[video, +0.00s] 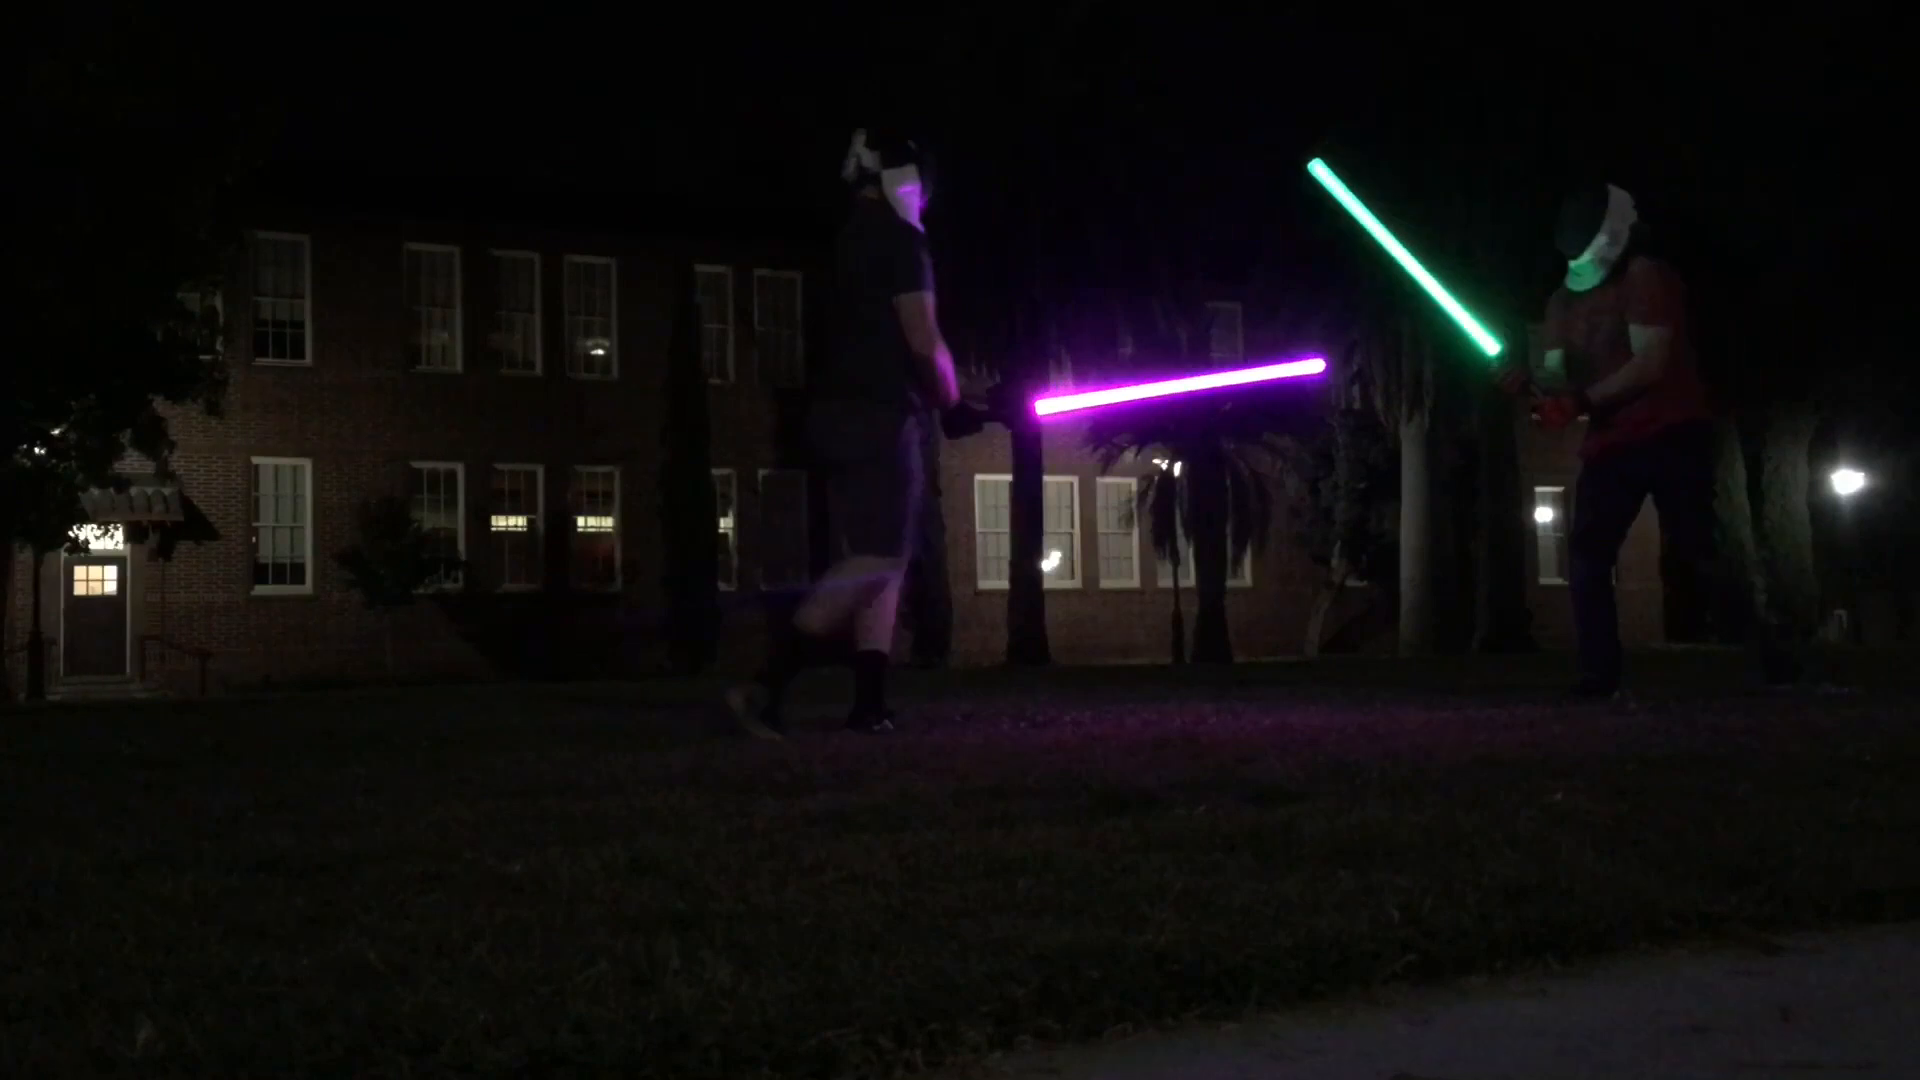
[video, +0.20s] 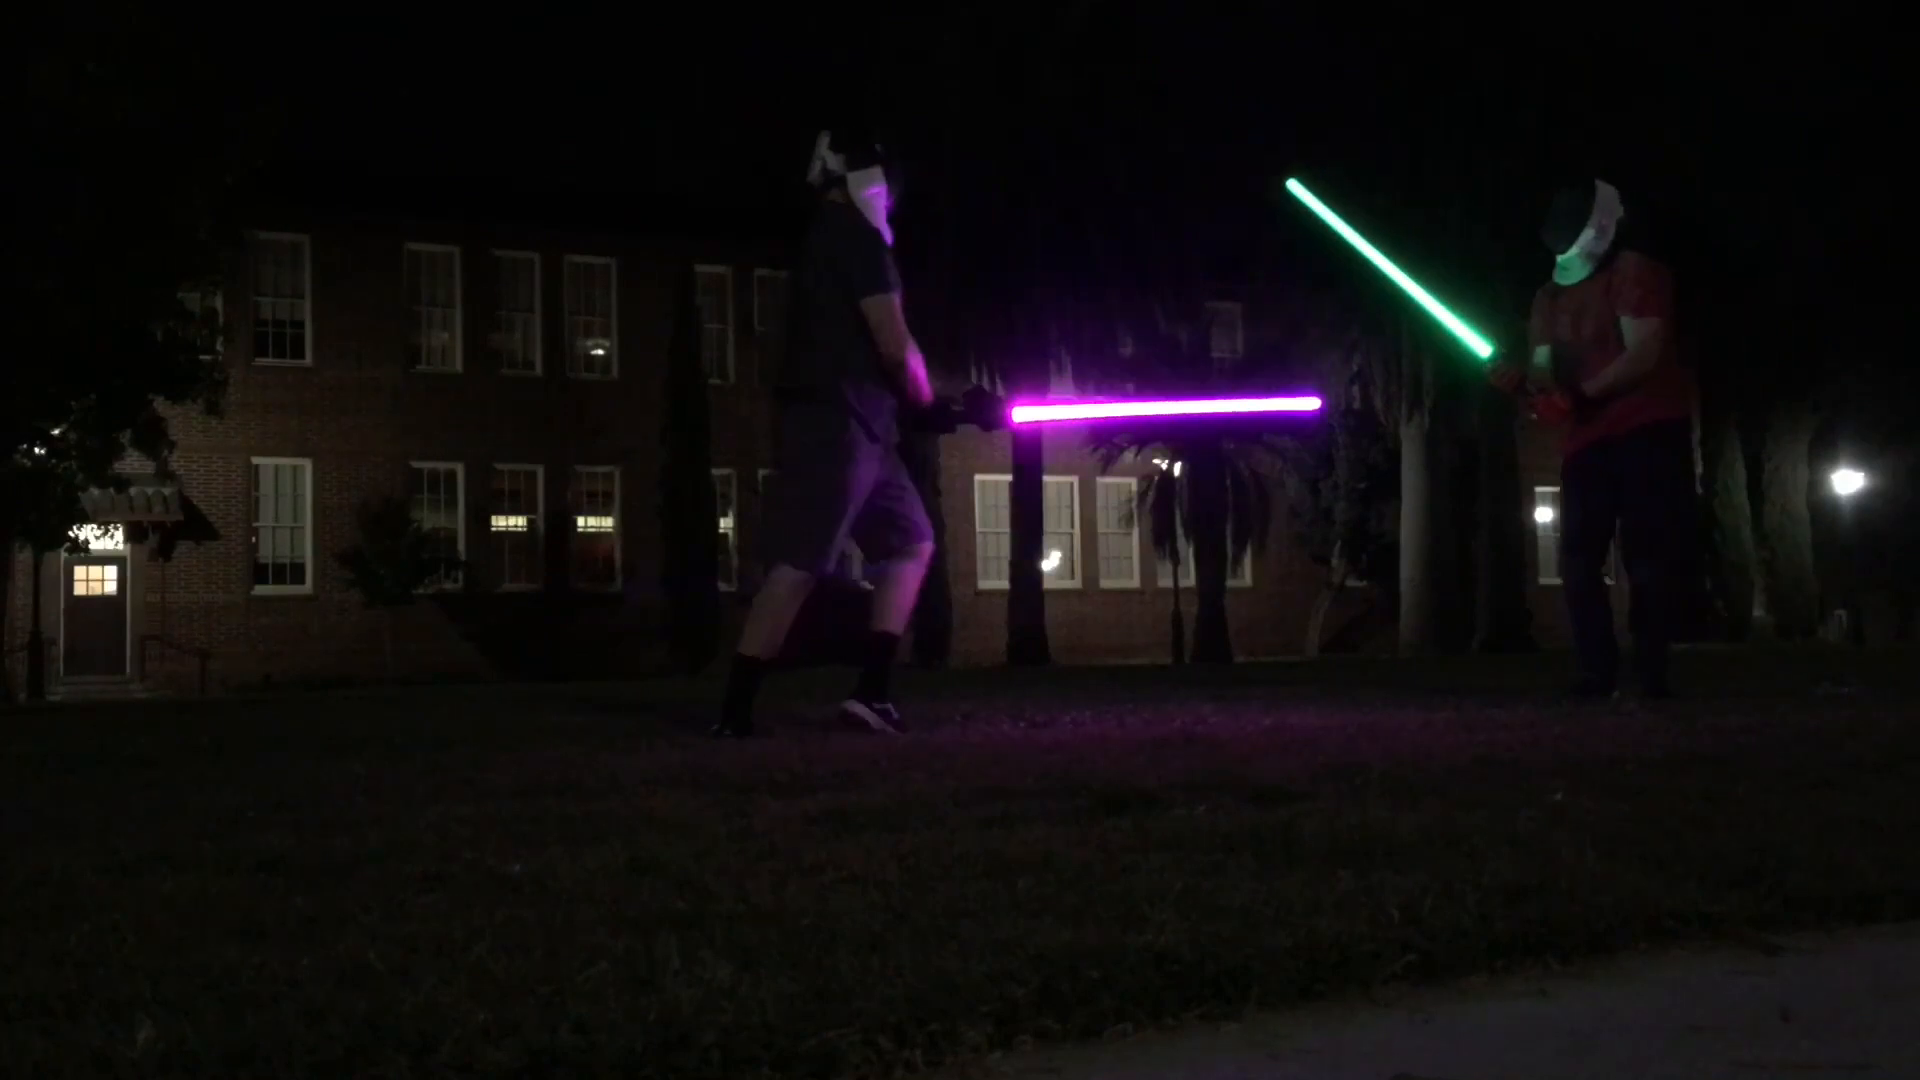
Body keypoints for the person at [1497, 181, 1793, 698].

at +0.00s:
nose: (1584, 251)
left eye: (1593, 238)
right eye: (1577, 241)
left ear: (1614, 234)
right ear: (1569, 245)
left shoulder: (1643, 278)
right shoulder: (1565, 302)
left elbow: (1651, 362)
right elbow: (1554, 376)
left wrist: (1582, 400)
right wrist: (1533, 388)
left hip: (1671, 437)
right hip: (1610, 447)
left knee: (1694, 551)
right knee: (1588, 557)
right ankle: (1599, 674)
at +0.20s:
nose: (1567, 247)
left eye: (1578, 233)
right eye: (1562, 236)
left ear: (1601, 229)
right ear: (1556, 238)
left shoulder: (1631, 274)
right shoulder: (1549, 299)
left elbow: (1645, 353)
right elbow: (1542, 371)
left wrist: (1579, 393)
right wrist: (1522, 383)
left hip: (1647, 437)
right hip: (1585, 445)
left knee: (1647, 558)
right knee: (1579, 562)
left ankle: (1651, 673)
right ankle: (1595, 672)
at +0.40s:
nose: (1568, 248)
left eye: (1581, 235)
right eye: (1563, 238)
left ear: (1606, 232)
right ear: (1556, 239)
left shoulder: (1634, 283)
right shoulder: (1546, 302)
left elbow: (1641, 363)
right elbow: (1540, 379)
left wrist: (1574, 400)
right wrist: (1519, 391)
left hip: (1641, 443)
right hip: (1576, 449)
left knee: (1642, 560)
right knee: (1529, 541)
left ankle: (1649, 675)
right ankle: (1569, 663)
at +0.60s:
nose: (1551, 252)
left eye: (1563, 240)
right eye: (1547, 241)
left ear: (1587, 238)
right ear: (1544, 243)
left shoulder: (1616, 288)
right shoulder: (1524, 306)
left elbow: (1625, 368)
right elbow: (1522, 387)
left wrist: (1562, 407)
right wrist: (1500, 396)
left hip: (1616, 450)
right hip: (1552, 457)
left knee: (1627, 569)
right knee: (1509, 556)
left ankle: (1649, 685)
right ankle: (1471, 672)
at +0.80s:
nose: (1512, 267)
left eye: (1526, 255)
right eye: (1507, 256)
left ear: (1552, 253)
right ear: (1500, 255)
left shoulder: (1581, 303)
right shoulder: (1487, 316)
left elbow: (1581, 382)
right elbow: (1484, 397)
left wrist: (1515, 413)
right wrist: (1458, 397)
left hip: (1579, 459)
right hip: (1511, 466)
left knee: (1603, 574)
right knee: (1481, 571)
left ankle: (1649, 684)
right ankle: (1454, 682)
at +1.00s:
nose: (1531, 250)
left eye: (1525, 243)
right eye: (1524, 241)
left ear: (1528, 244)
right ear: (1504, 246)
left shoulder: (1557, 292)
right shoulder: (1458, 308)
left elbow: (1545, 367)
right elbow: (1444, 386)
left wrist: (1476, 391)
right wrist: (1422, 376)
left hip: (1561, 452)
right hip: (1491, 462)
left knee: (1594, 568)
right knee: (1469, 569)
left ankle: (1646, 684)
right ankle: (1452, 684)